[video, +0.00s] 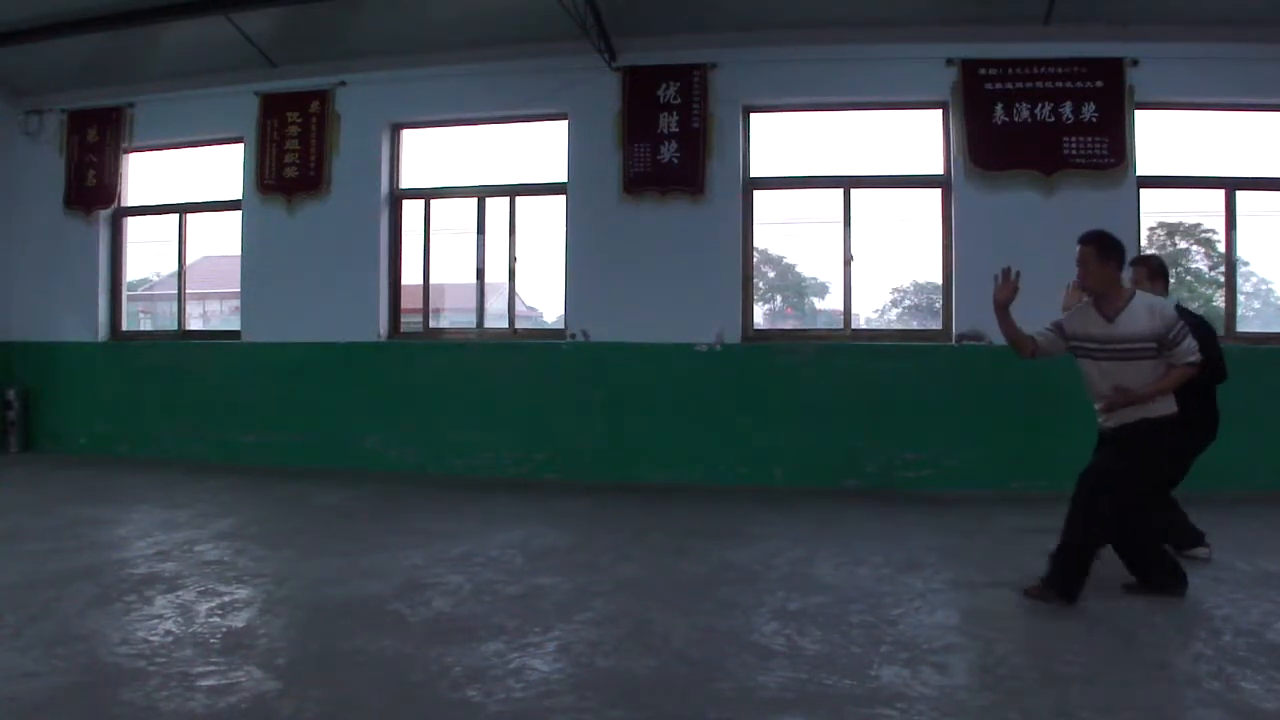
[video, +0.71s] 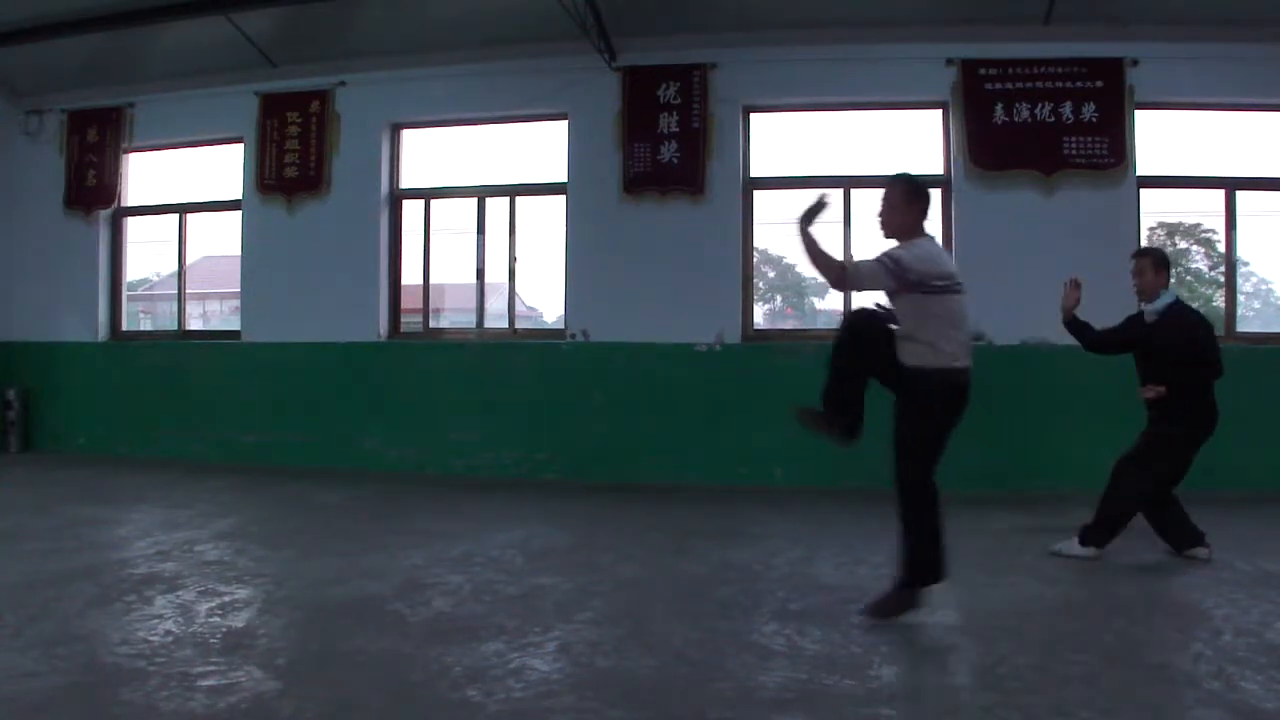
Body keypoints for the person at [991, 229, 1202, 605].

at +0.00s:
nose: (1077, 271)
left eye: (1084, 264)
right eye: (1077, 263)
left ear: (1111, 266)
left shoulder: (1158, 312)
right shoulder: (1075, 320)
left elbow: (1190, 364)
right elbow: (1029, 348)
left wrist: (1140, 395)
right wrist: (1002, 311)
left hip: (1158, 426)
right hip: (1113, 430)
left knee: (1093, 491)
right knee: (1118, 504)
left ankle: (1062, 585)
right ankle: (1162, 578)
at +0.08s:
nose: (1062, 270)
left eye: (1069, 263)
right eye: (1063, 263)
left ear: (1097, 267)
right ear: (1079, 269)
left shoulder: (1140, 313)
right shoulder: (1061, 322)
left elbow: (1174, 365)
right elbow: (1010, 345)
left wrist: (1119, 393)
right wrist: (983, 308)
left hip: (1139, 430)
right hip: (1096, 433)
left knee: (1073, 502)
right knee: (1103, 514)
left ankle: (1024, 579)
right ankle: (1161, 574)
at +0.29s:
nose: (1018, 258)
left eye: (1027, 251)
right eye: (1019, 250)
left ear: (1053, 256)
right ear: (1032, 256)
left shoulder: (1088, 310)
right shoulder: (1010, 308)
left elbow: (1112, 366)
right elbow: (955, 326)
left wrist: (1057, 372)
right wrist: (924, 290)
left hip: (1070, 426)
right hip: (1035, 427)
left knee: (1006, 496)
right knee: (1087, 503)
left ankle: (974, 590)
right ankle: (1149, 560)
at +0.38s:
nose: (998, 251)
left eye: (1006, 244)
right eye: (999, 244)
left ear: (1033, 249)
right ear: (1009, 249)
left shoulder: (1065, 305)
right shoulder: (989, 299)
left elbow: (1079, 366)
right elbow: (938, 319)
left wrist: (1017, 354)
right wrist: (903, 279)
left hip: (1043, 422)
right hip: (1007, 422)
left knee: (980, 498)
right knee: (1048, 499)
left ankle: (969, 595)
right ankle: (1121, 541)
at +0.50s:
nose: (951, 231)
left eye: (960, 224)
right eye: (954, 223)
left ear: (984, 233)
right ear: (973, 233)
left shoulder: (1001, 285)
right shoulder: (962, 283)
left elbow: (970, 342)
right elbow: (929, 317)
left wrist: (943, 305)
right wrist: (894, 283)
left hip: (999, 408)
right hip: (969, 406)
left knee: (958, 494)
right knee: (933, 485)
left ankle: (965, 595)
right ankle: (971, 565)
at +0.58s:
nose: (915, 217)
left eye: (923, 210)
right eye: (917, 209)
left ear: (945, 217)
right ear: (946, 218)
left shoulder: (952, 264)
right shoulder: (959, 263)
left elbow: (885, 292)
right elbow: (953, 332)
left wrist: (852, 258)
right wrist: (914, 316)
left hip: (968, 388)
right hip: (945, 381)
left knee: (952, 483)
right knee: (871, 392)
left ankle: (960, 587)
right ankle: (851, 482)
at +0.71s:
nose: (881, 212)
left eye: (889, 204)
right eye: (883, 204)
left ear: (914, 211)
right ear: (914, 213)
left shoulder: (912, 257)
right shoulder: (929, 253)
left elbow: (841, 278)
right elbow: (935, 323)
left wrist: (804, 230)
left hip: (935, 380)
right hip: (925, 370)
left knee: (913, 474)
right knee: (864, 323)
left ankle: (917, 578)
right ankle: (841, 418)